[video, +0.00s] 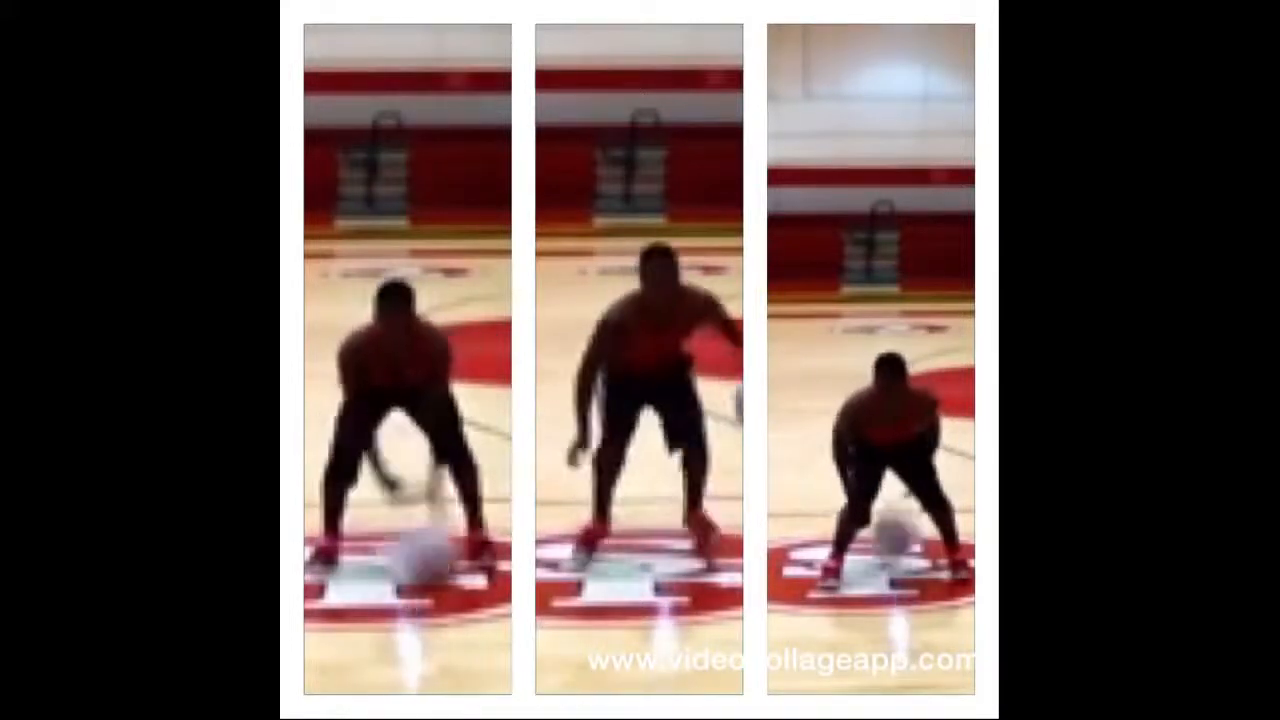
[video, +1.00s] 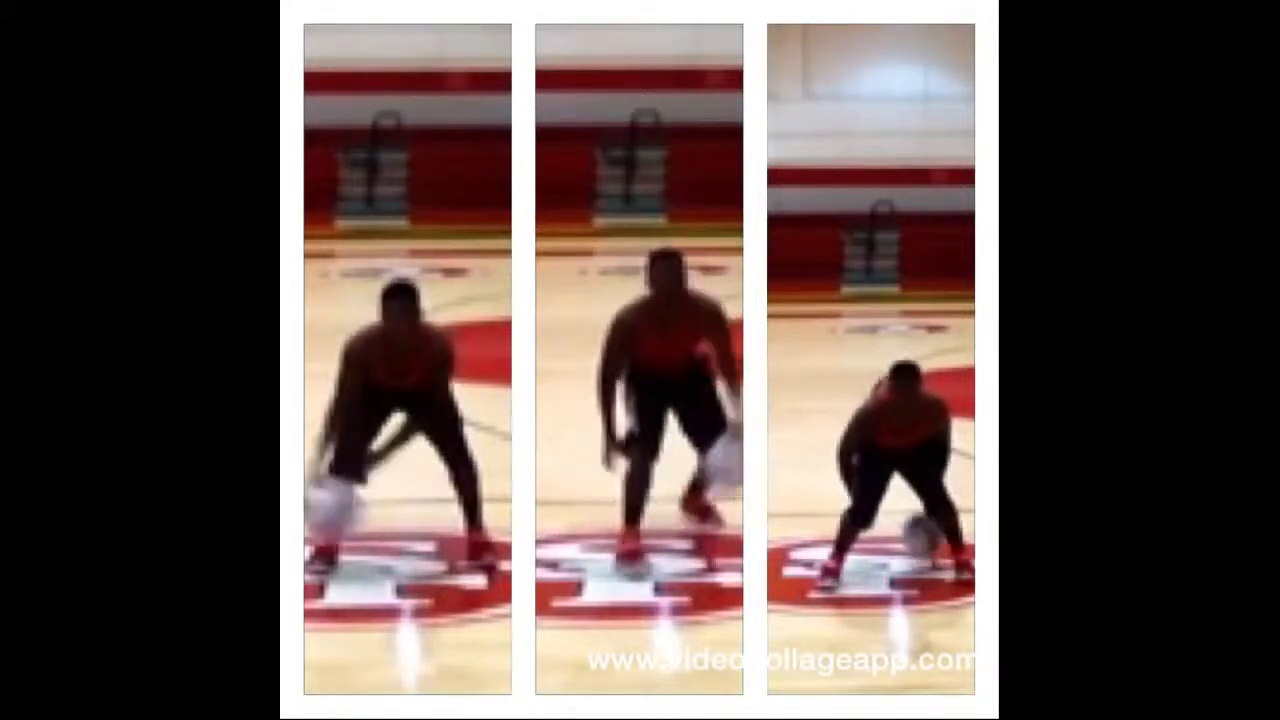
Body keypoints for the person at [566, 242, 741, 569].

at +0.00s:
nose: (663, 288)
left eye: (668, 279)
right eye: (655, 280)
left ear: (678, 277)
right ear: (642, 280)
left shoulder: (697, 304)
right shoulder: (619, 317)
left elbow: (735, 336)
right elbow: (586, 373)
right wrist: (583, 432)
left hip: (671, 378)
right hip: (623, 382)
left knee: (696, 449)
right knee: (609, 453)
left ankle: (694, 514)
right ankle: (600, 521)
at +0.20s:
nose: (657, 304)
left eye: (663, 296)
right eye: (650, 296)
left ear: (673, 295)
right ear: (639, 297)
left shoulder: (695, 330)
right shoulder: (622, 336)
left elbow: (699, 392)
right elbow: (609, 393)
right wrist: (613, 444)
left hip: (685, 403)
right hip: (641, 405)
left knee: (716, 460)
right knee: (632, 471)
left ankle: (695, 507)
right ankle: (612, 540)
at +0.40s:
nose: (649, 281)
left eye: (656, 272)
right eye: (643, 273)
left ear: (667, 272)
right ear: (632, 272)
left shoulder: (691, 306)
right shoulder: (616, 301)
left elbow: (723, 357)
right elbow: (583, 332)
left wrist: (712, 399)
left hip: (691, 377)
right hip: (645, 375)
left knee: (708, 455)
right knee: (628, 453)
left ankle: (701, 495)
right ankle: (618, 527)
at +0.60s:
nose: (657, 294)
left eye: (664, 286)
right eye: (651, 286)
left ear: (675, 288)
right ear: (642, 286)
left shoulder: (696, 327)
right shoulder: (619, 327)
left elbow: (716, 381)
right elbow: (611, 381)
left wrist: (711, 425)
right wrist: (613, 429)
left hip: (686, 393)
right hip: (641, 390)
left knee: (697, 461)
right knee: (595, 457)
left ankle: (724, 532)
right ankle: (618, 519)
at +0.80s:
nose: (671, 280)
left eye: (677, 271)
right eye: (664, 272)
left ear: (686, 271)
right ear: (652, 273)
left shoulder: (703, 304)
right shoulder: (632, 313)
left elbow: (734, 340)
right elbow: (612, 369)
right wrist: (620, 420)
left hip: (682, 379)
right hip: (635, 380)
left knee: (698, 450)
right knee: (616, 449)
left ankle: (722, 523)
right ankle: (617, 514)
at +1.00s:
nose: (669, 288)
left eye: (675, 279)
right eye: (661, 280)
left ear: (684, 279)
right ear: (649, 281)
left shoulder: (706, 313)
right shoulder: (631, 321)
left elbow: (727, 363)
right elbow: (607, 377)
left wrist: (741, 408)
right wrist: (610, 432)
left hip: (692, 382)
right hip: (647, 385)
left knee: (720, 447)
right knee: (642, 455)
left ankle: (695, 497)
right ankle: (631, 530)